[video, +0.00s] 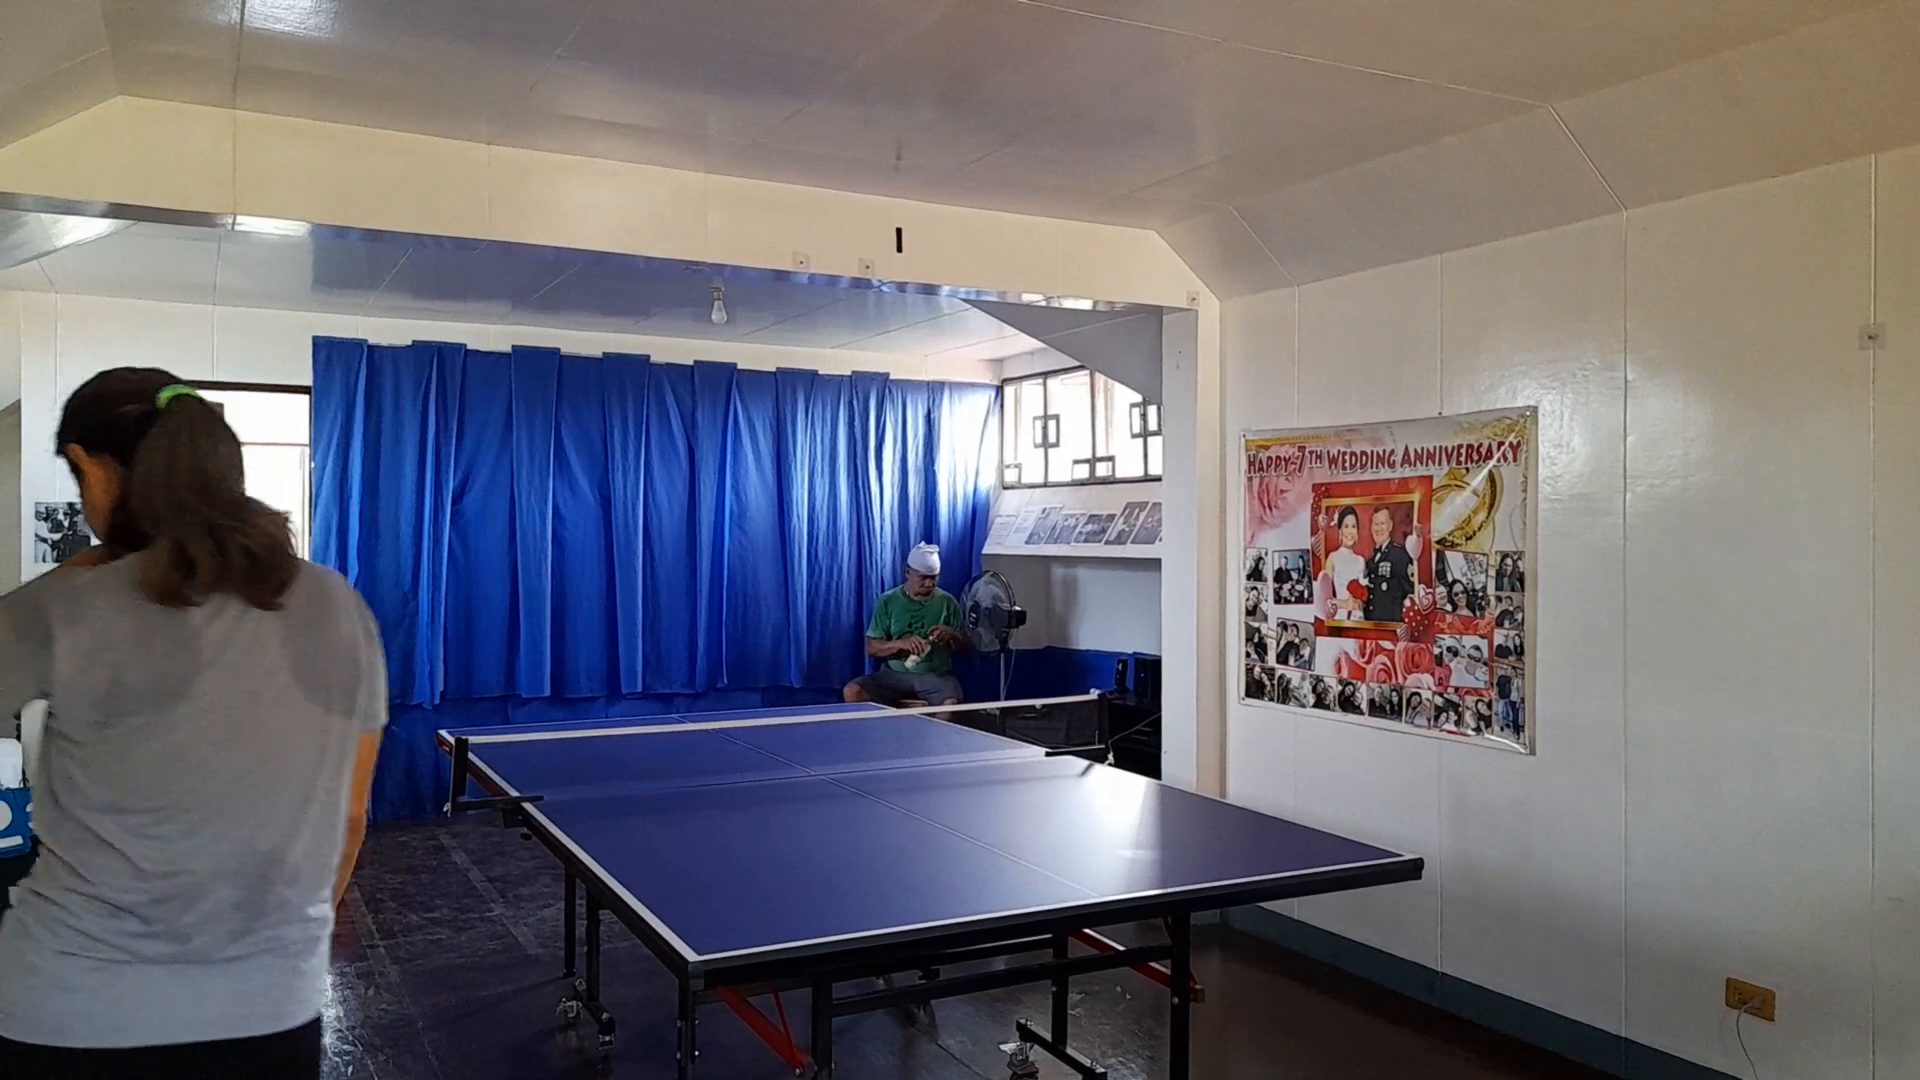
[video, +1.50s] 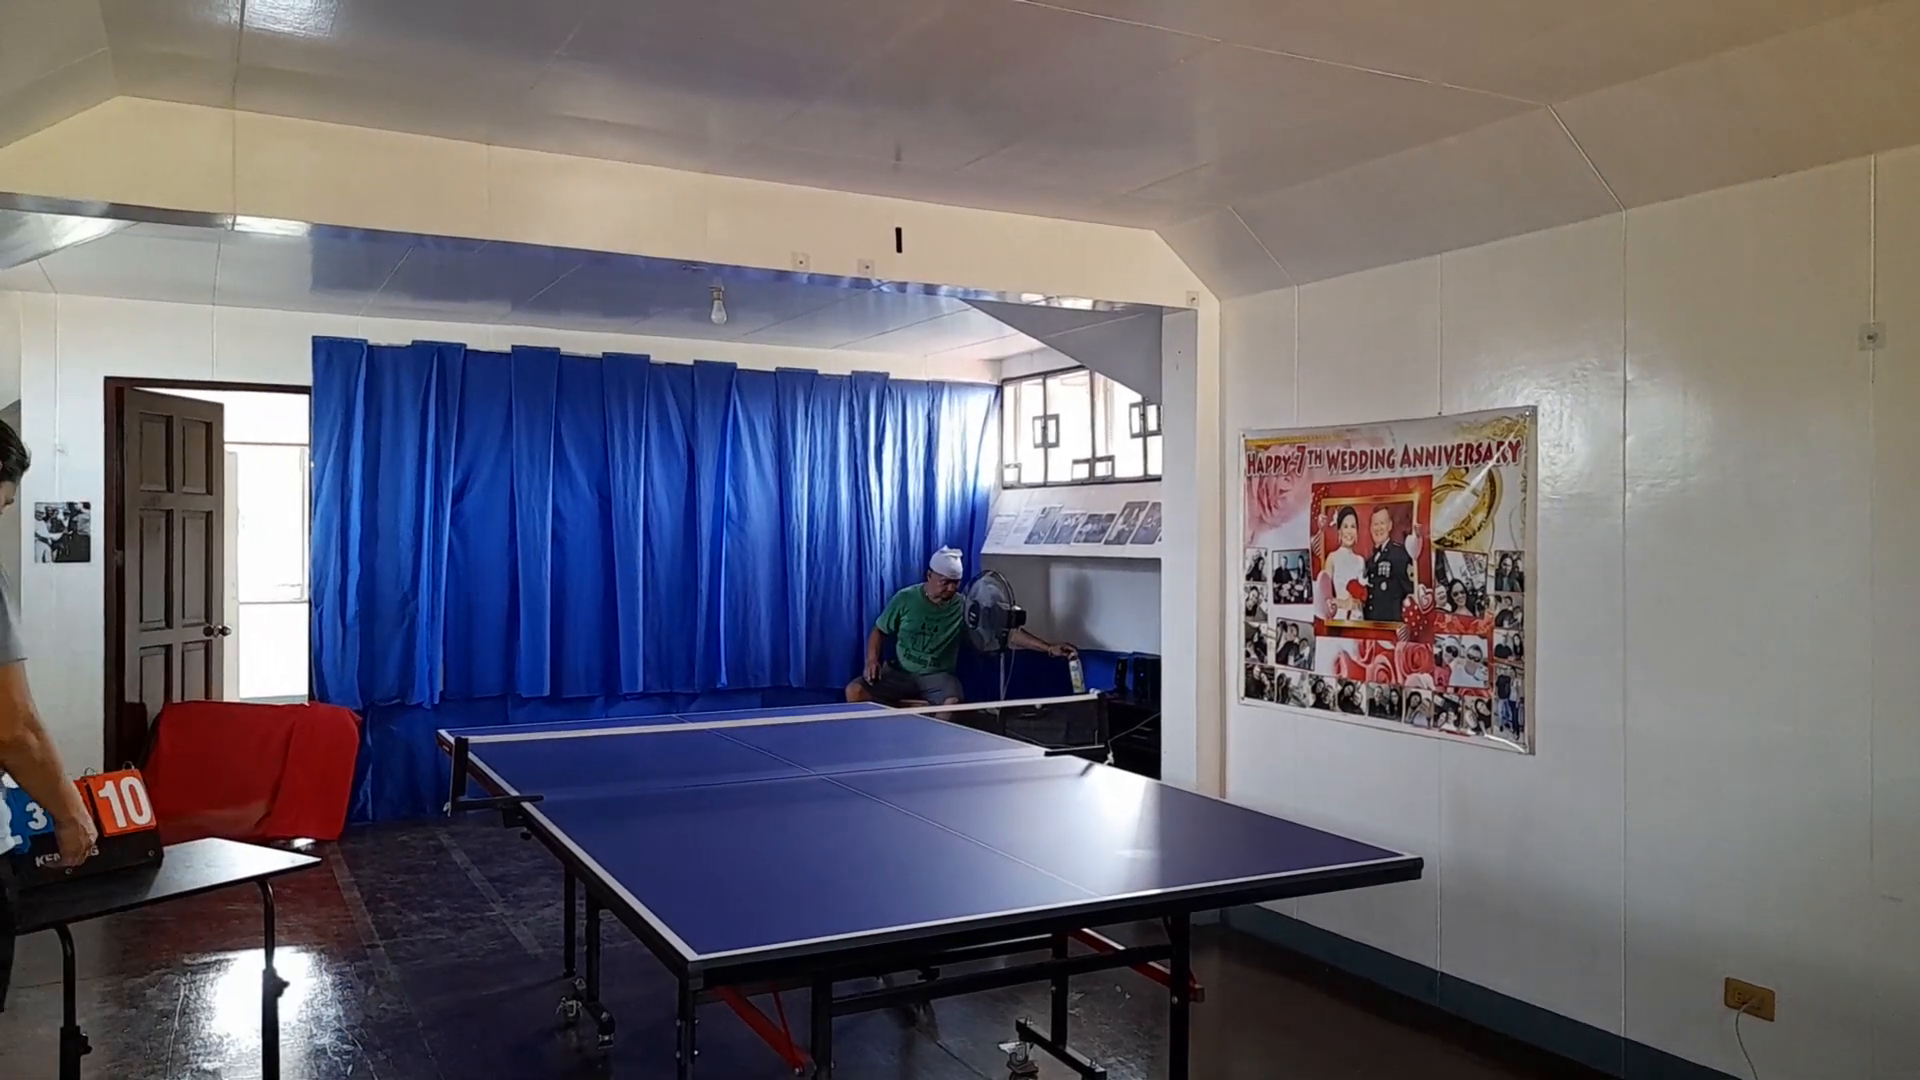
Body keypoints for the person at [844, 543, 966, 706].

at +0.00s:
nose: (928, 583)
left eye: (933, 578)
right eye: (922, 578)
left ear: (939, 575)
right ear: (907, 573)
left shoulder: (947, 602)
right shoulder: (887, 602)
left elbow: (962, 645)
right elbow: (873, 648)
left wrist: (950, 635)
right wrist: (900, 644)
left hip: (934, 677)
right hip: (893, 675)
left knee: (950, 703)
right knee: (852, 691)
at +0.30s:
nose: (940, 582)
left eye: (944, 576)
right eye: (934, 576)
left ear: (948, 575)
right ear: (917, 570)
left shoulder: (952, 604)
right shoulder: (893, 598)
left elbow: (965, 645)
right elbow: (877, 644)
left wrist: (957, 636)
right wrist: (910, 639)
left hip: (934, 676)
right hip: (894, 674)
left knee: (950, 704)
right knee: (852, 692)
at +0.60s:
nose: (945, 581)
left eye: (950, 576)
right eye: (940, 574)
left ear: (954, 576)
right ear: (923, 569)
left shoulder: (956, 605)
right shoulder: (897, 598)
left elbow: (970, 639)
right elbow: (879, 643)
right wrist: (910, 644)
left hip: (935, 676)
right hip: (896, 673)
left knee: (951, 704)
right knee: (853, 692)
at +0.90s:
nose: (948, 585)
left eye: (953, 580)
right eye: (943, 578)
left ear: (958, 578)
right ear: (927, 572)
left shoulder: (961, 605)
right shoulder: (902, 598)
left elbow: (988, 638)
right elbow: (876, 633)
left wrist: (1030, 634)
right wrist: (880, 659)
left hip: (940, 675)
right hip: (902, 672)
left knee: (950, 705)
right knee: (854, 691)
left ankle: (938, 756)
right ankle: (873, 746)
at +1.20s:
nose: (949, 587)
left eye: (954, 581)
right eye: (944, 580)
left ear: (959, 580)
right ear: (929, 574)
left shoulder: (961, 607)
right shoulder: (904, 598)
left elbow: (1003, 631)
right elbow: (878, 631)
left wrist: (1046, 644)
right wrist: (871, 657)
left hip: (938, 678)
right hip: (901, 673)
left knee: (952, 706)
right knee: (855, 690)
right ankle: (875, 745)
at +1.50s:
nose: (951, 588)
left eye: (955, 583)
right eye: (945, 582)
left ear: (960, 582)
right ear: (929, 577)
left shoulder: (963, 607)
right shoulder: (905, 598)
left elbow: (1005, 631)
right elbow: (878, 631)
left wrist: (1048, 648)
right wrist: (872, 660)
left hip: (938, 678)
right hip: (900, 672)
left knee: (953, 706)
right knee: (854, 690)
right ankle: (876, 745)